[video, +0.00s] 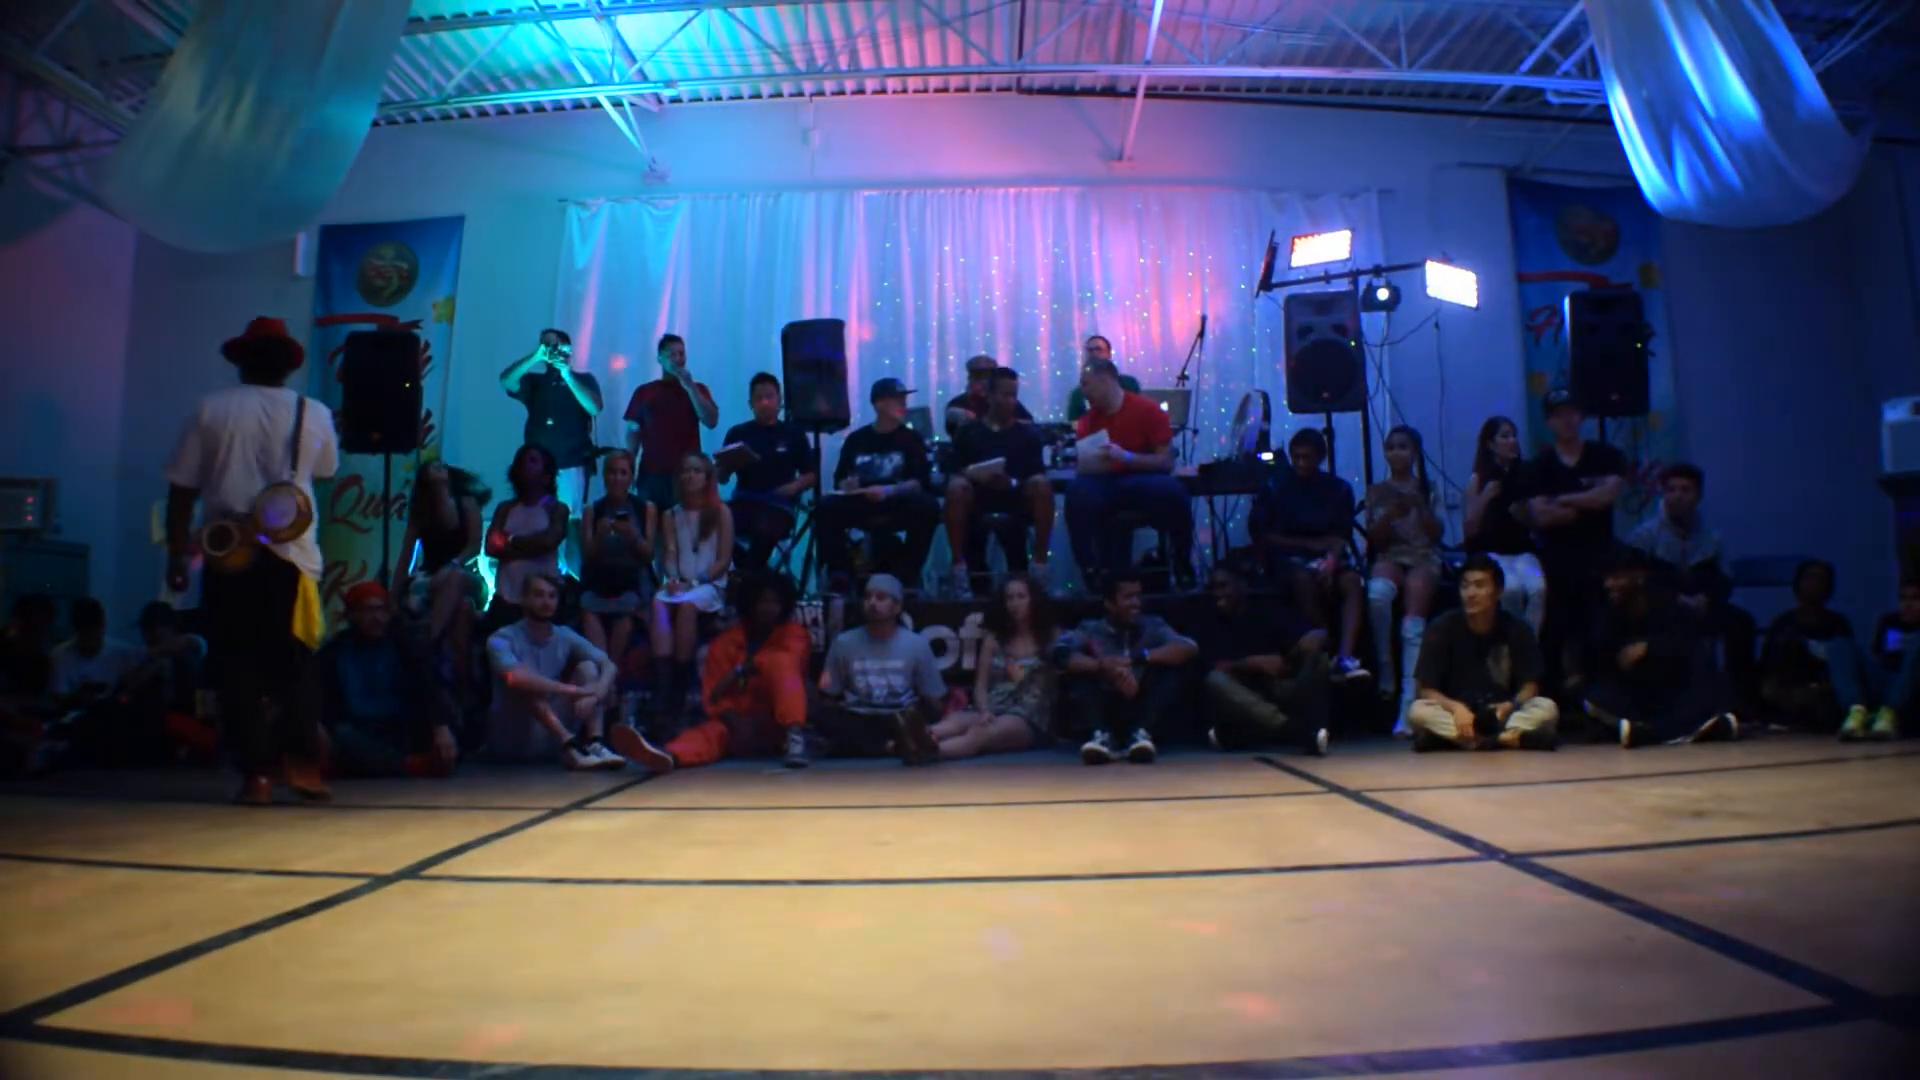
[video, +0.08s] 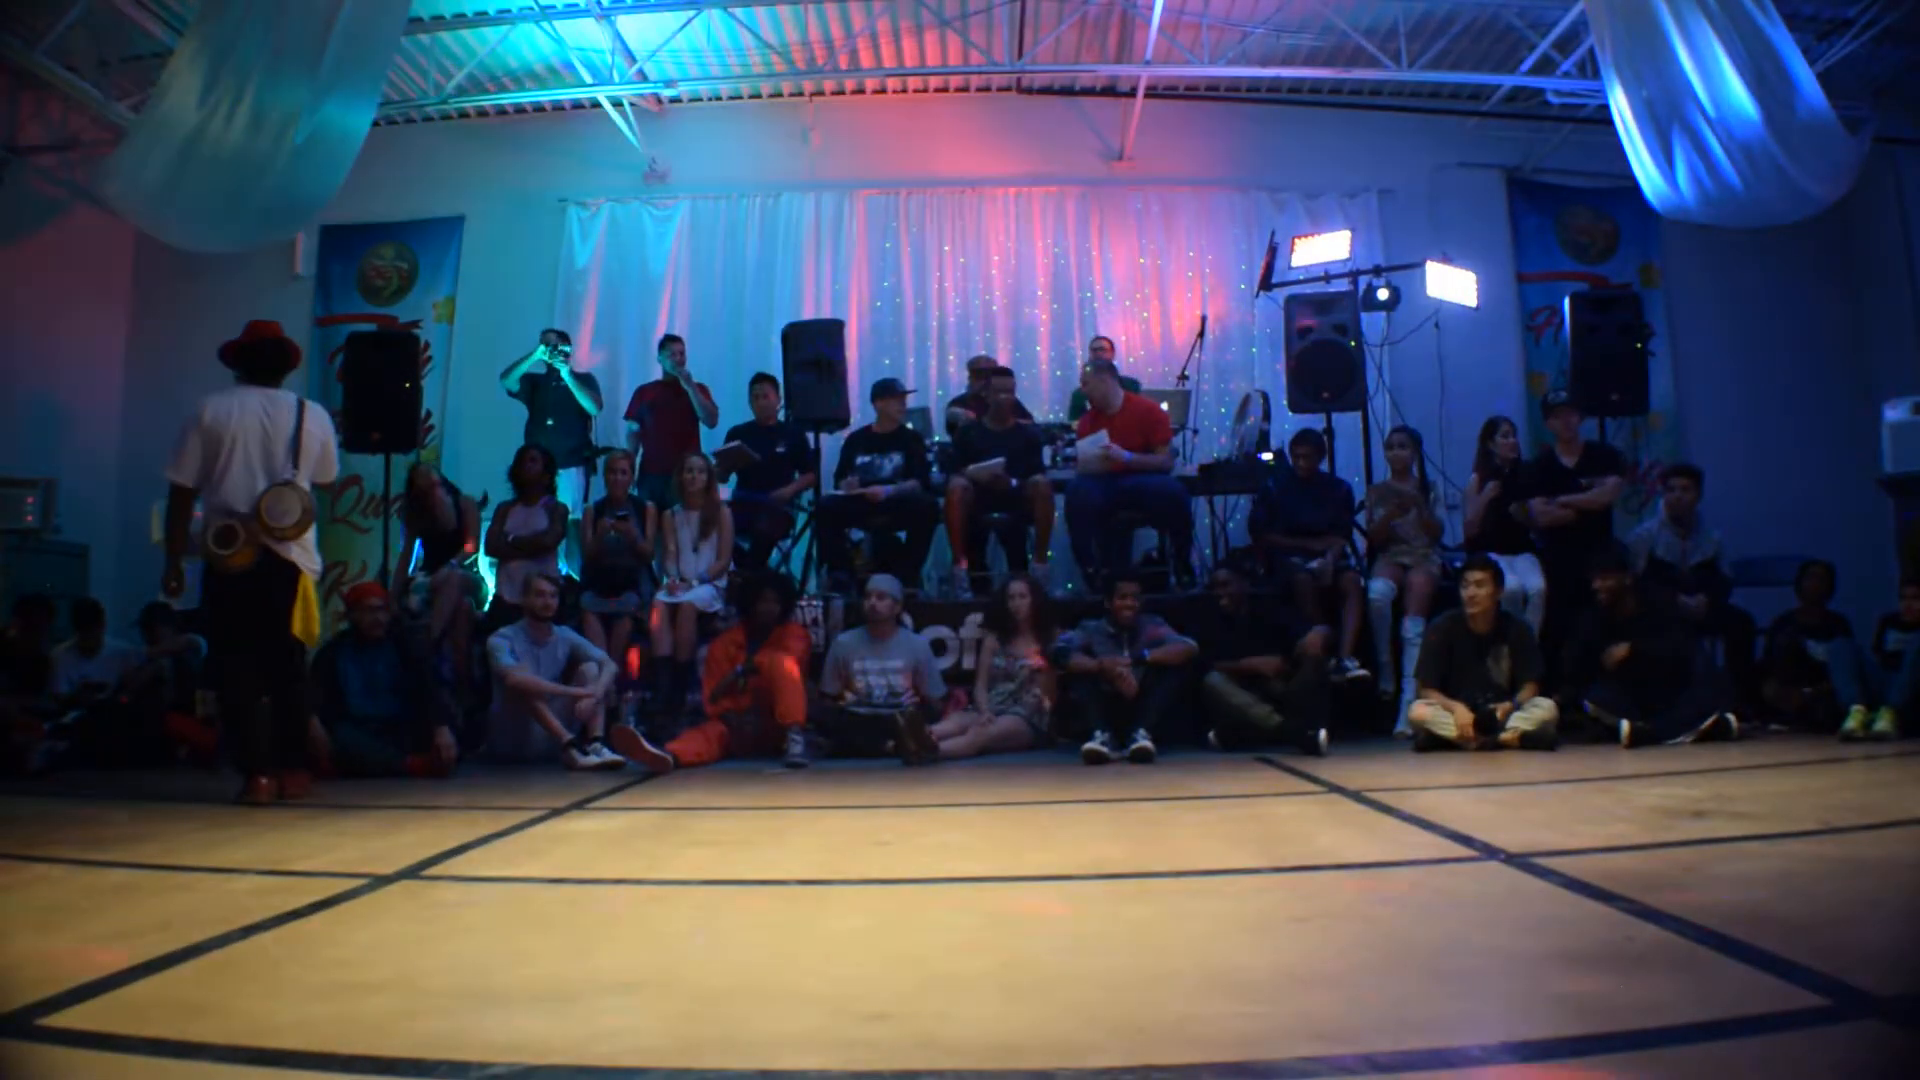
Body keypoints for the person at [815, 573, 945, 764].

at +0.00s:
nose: (872, 604)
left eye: (880, 598)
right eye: (868, 597)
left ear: (897, 606)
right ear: (862, 602)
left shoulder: (916, 645)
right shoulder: (844, 643)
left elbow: (935, 701)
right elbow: (829, 696)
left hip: (902, 716)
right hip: (856, 716)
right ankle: (886, 746)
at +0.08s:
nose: (872, 604)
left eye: (880, 598)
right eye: (868, 597)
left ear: (897, 606)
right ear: (862, 602)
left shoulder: (917, 645)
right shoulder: (844, 644)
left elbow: (934, 702)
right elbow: (827, 699)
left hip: (904, 719)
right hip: (857, 719)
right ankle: (888, 745)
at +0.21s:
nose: (872, 604)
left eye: (880, 598)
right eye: (868, 597)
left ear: (896, 606)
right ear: (862, 602)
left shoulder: (916, 645)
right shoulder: (844, 643)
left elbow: (936, 700)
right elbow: (827, 697)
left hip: (905, 720)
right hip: (857, 720)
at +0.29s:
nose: (871, 604)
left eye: (880, 598)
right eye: (867, 597)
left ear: (896, 606)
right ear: (862, 602)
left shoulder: (916, 645)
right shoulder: (843, 644)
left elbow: (933, 699)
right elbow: (829, 699)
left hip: (904, 717)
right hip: (858, 718)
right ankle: (887, 746)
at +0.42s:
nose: (869, 604)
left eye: (878, 598)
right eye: (865, 598)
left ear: (894, 606)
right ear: (860, 602)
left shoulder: (916, 645)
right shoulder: (843, 645)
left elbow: (933, 703)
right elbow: (828, 700)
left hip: (905, 719)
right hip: (858, 721)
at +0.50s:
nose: (869, 604)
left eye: (877, 598)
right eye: (865, 598)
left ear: (894, 606)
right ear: (860, 602)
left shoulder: (915, 645)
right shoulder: (842, 645)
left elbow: (935, 703)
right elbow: (829, 700)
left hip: (902, 719)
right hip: (856, 720)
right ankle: (888, 745)